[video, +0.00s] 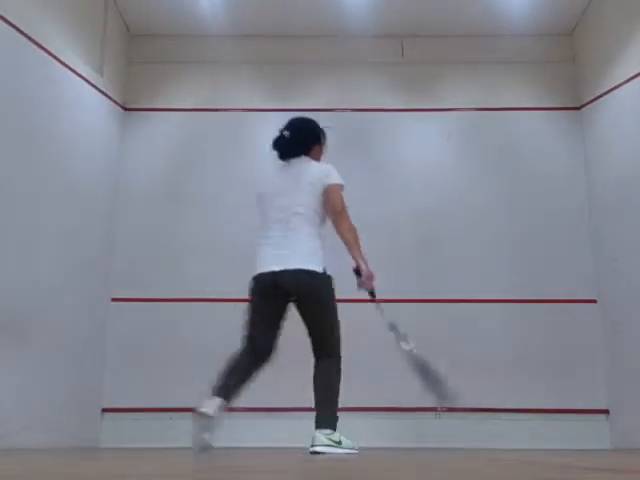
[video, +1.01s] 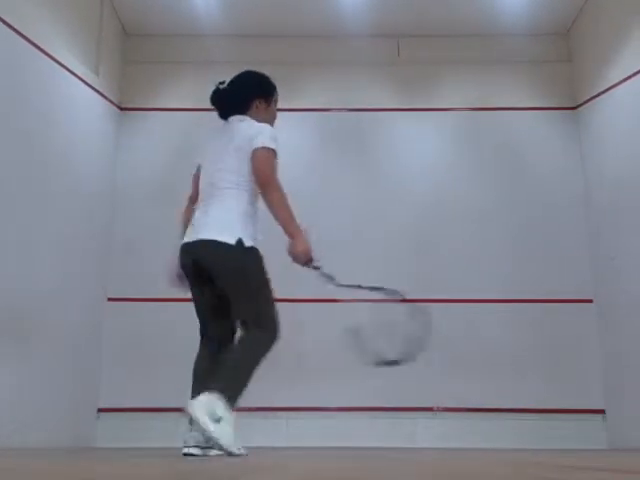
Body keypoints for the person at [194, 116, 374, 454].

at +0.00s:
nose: (324, 151)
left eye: (323, 145)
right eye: (322, 146)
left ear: (288, 146)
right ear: (314, 147)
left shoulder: (268, 177)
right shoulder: (323, 172)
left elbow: (270, 223)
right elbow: (339, 215)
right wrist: (360, 261)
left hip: (266, 274)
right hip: (308, 274)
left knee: (256, 348)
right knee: (327, 354)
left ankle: (215, 402)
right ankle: (325, 432)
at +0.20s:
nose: (291, 149)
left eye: (290, 143)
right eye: (289, 143)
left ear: (256, 143)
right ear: (280, 143)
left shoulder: (241, 172)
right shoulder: (283, 169)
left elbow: (266, 230)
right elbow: (298, 203)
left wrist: (312, 241)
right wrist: (323, 241)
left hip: (218, 268)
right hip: (261, 272)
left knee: (207, 347)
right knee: (296, 349)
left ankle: (176, 428)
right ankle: (322, 430)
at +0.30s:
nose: (280, 139)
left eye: (279, 132)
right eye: (278, 133)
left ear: (244, 134)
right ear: (267, 132)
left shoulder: (225, 165)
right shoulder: (268, 157)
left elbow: (238, 228)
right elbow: (274, 199)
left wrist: (286, 246)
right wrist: (296, 238)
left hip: (202, 262)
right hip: (244, 264)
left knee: (202, 343)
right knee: (280, 338)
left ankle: (175, 427)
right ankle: (297, 425)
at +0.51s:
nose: (270, 121)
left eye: (270, 114)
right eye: (268, 114)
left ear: (235, 115)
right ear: (253, 112)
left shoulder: (217, 146)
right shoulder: (250, 134)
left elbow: (204, 206)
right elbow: (236, 180)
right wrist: (236, 226)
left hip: (191, 252)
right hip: (226, 252)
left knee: (190, 337)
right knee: (255, 330)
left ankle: (169, 428)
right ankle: (214, 408)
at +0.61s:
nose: (274, 116)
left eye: (273, 109)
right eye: (271, 109)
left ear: (237, 112)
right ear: (256, 108)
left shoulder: (222, 144)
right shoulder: (253, 131)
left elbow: (191, 196)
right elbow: (237, 173)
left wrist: (152, 235)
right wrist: (226, 219)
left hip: (195, 247)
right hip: (226, 247)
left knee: (199, 336)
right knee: (228, 332)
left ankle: (174, 426)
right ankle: (193, 422)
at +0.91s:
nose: (279, 112)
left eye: (279, 105)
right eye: (277, 104)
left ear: (241, 106)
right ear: (261, 103)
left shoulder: (216, 138)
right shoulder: (260, 128)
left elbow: (190, 192)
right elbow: (259, 177)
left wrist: (154, 233)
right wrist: (277, 231)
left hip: (194, 243)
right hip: (223, 241)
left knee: (216, 332)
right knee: (236, 327)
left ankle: (199, 424)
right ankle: (194, 417)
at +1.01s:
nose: (276, 114)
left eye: (276, 107)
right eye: (273, 107)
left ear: (237, 108)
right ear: (258, 104)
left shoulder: (214, 144)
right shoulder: (259, 133)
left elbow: (193, 203)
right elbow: (267, 180)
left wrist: (188, 251)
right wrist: (295, 235)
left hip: (195, 246)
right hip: (230, 244)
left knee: (216, 336)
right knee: (262, 328)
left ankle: (198, 434)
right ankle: (217, 400)